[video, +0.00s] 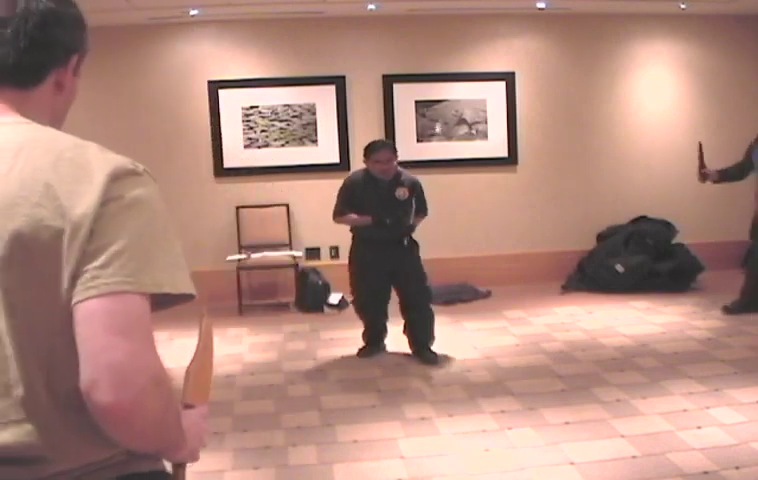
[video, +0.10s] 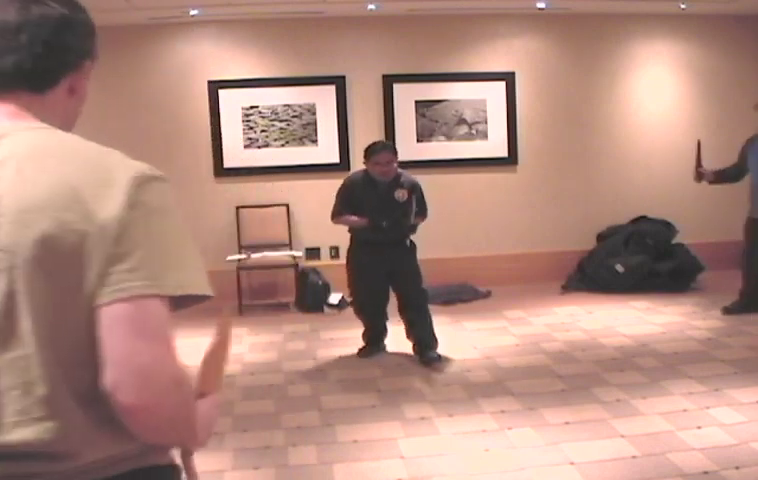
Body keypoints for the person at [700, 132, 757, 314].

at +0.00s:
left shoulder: (753, 148)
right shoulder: (754, 147)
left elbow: (742, 169)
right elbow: (743, 169)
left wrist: (714, 175)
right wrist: (714, 175)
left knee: (753, 255)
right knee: (752, 254)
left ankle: (748, 297)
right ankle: (748, 297)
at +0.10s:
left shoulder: (751, 145)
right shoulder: (751, 145)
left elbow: (738, 171)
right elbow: (738, 171)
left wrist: (710, 175)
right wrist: (710, 175)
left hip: (753, 217)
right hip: (753, 215)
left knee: (750, 257)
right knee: (750, 257)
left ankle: (749, 297)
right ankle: (747, 297)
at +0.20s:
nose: (753, 121)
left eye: (755, 117)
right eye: (752, 117)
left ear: (757, 118)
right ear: (750, 118)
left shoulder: (748, 145)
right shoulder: (747, 145)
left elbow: (732, 174)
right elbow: (733, 174)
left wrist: (705, 178)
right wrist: (704, 177)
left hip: (753, 215)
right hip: (751, 214)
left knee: (749, 257)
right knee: (748, 257)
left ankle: (749, 298)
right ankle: (747, 297)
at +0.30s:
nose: (747, 123)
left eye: (751, 118)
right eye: (745, 118)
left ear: (757, 119)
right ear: (743, 120)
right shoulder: (740, 146)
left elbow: (724, 175)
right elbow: (725, 174)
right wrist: (694, 179)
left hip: (754, 217)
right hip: (747, 216)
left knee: (750, 259)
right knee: (746, 258)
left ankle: (750, 299)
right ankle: (747, 298)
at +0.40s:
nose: (741, 125)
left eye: (745, 120)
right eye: (738, 120)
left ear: (757, 120)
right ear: (737, 121)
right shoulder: (735, 146)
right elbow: (714, 174)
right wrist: (684, 178)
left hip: (755, 220)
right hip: (744, 218)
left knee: (752, 260)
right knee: (744, 260)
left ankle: (751, 299)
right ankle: (745, 299)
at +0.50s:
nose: (735, 126)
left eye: (739, 121)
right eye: (732, 122)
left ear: (753, 120)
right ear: (731, 122)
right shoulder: (728, 148)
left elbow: (703, 173)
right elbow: (703, 173)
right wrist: (673, 177)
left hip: (754, 219)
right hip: (742, 219)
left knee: (748, 261)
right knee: (742, 262)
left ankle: (749, 301)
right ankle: (746, 300)